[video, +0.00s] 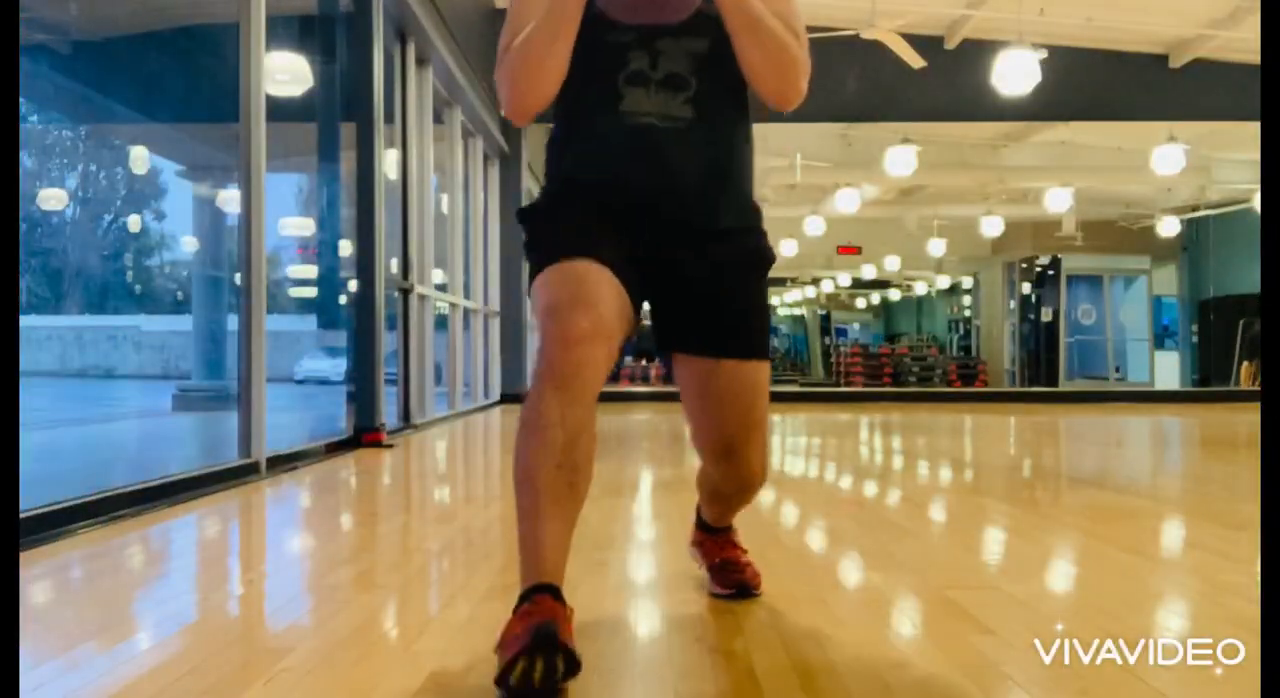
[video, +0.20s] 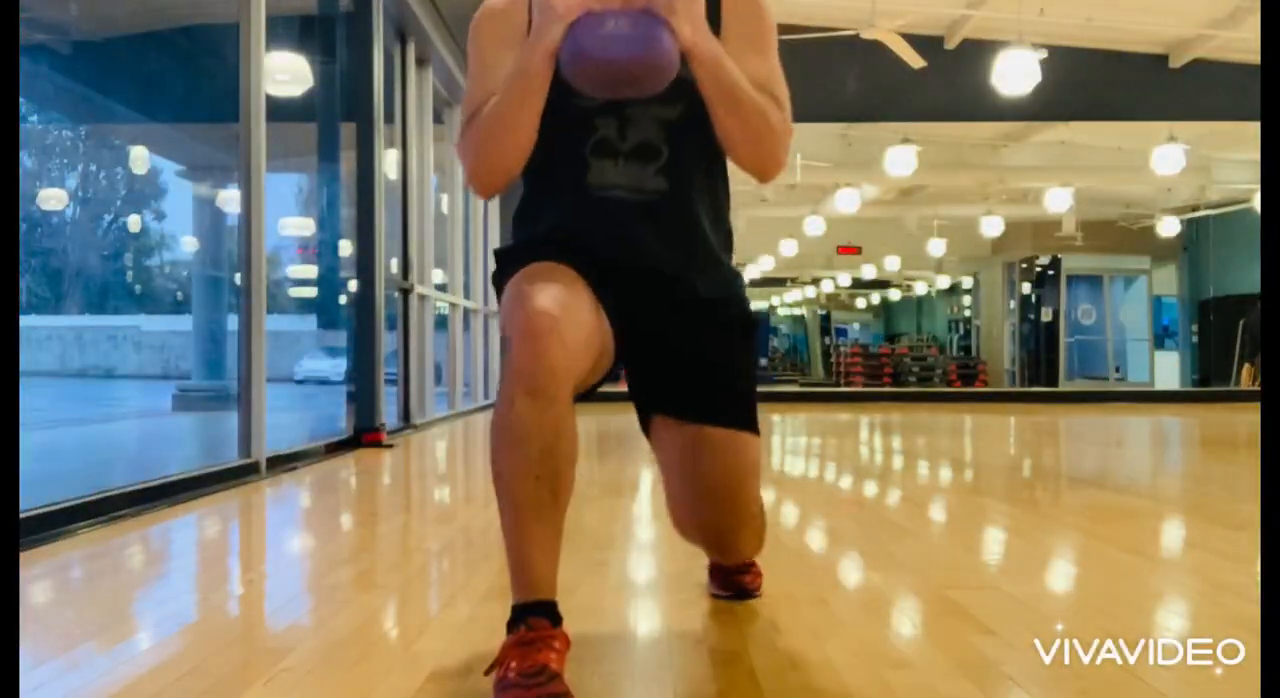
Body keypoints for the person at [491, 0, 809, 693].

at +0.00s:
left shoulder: (746, 1)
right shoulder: (556, 2)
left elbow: (787, 87)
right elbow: (519, 100)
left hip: (715, 223)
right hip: (591, 214)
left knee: (740, 463)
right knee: (571, 345)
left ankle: (714, 528)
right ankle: (541, 599)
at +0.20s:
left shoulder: (730, 8)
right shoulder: (510, 13)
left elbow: (767, 154)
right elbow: (485, 171)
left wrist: (693, 30)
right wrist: (548, 30)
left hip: (690, 269)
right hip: (568, 262)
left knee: (727, 530)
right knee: (538, 324)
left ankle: (735, 548)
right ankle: (534, 622)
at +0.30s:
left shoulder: (726, 25)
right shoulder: (499, 40)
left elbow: (761, 186)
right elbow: (472, 206)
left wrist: (686, 71)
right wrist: (525, 80)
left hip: (687, 303)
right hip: (566, 297)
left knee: (734, 574)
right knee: (527, 323)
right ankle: (534, 624)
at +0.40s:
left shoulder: (720, 43)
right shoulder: (492, 57)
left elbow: (757, 214)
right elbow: (464, 238)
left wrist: (680, 104)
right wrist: (518, 103)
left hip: (686, 335)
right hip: (563, 328)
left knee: (736, 594)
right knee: (519, 327)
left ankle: (679, 478)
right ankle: (534, 627)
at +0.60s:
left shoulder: (715, 53)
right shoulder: (480, 67)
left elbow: (750, 232)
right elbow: (453, 255)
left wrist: (672, 132)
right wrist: (503, 135)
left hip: (680, 341)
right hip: (556, 333)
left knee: (732, 608)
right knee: (512, 334)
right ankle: (534, 628)